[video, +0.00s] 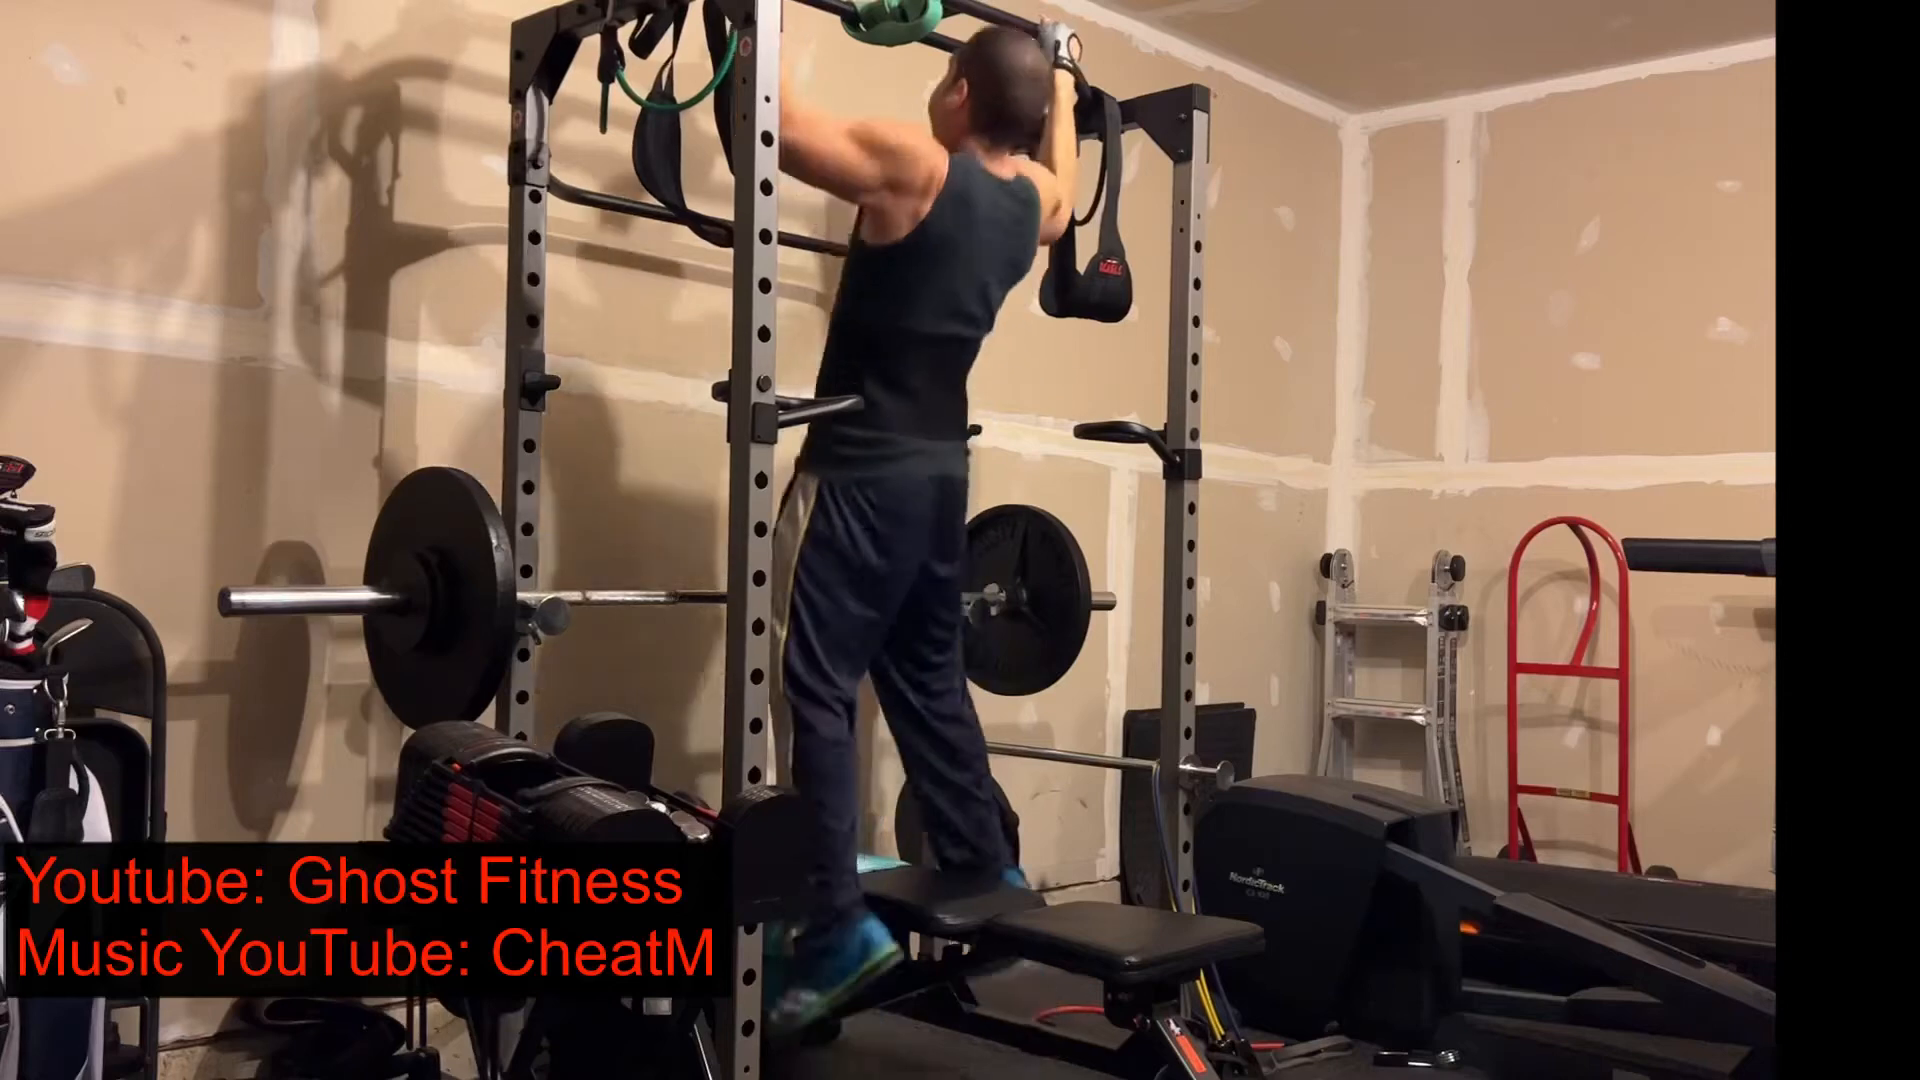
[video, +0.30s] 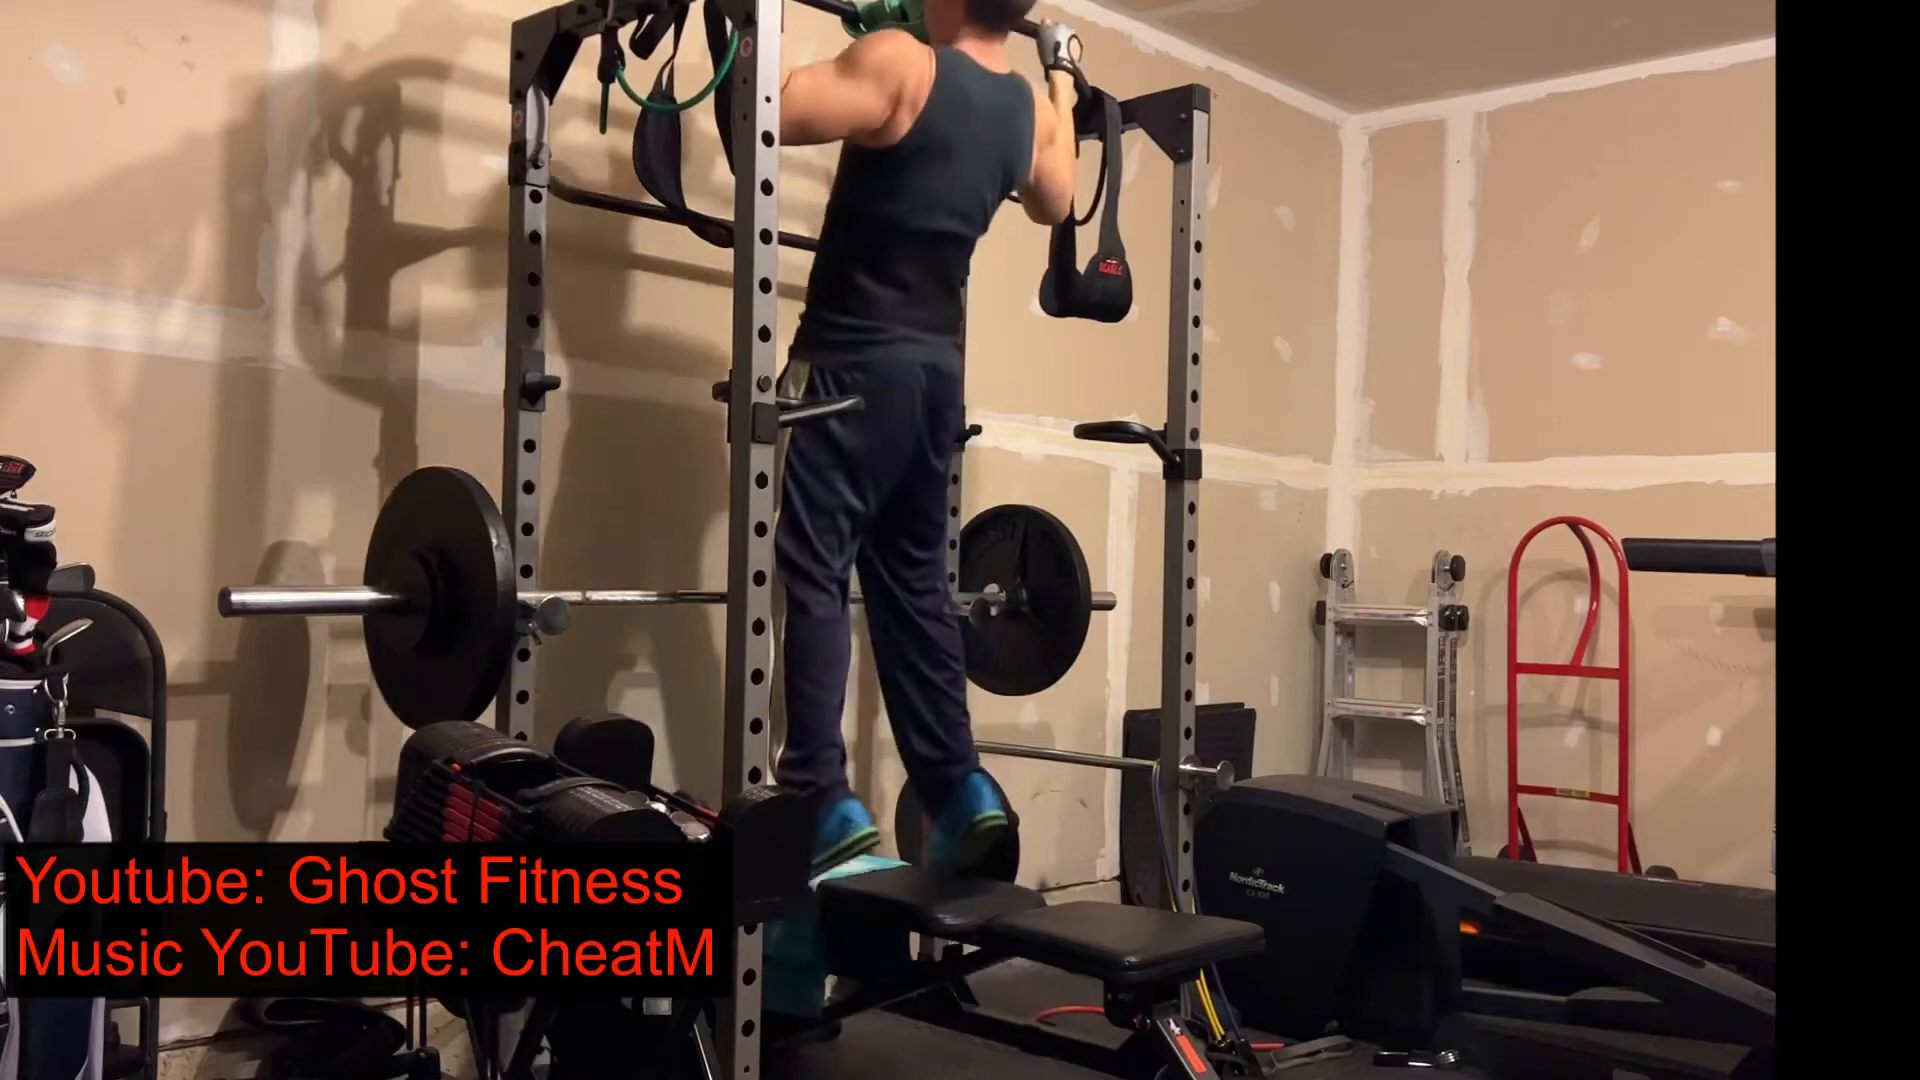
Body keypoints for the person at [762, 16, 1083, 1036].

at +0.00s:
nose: (937, 84)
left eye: (949, 76)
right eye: (948, 72)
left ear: (963, 101)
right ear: (1028, 116)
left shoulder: (911, 159)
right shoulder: (1029, 200)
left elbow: (771, 123)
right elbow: (1060, 188)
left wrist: (755, 24)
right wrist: (1057, 98)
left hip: (865, 471)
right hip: (939, 473)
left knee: (820, 686)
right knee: (928, 681)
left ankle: (839, 918)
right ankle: (983, 877)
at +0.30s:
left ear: (952, 2)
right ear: (1015, 17)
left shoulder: (898, 61)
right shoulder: (1028, 105)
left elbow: (764, 113)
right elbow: (1056, 201)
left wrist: (750, 18)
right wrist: (1057, 91)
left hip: (852, 361)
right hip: (937, 370)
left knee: (811, 578)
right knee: (916, 587)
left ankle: (819, 797)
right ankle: (959, 792)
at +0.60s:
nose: (917, 40)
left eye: (926, 29)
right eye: (927, 29)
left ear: (941, 43)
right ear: (1008, 66)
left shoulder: (889, 121)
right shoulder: (1013, 162)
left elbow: (752, 115)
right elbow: (1050, 195)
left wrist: (742, 26)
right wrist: (1058, 98)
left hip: (834, 409)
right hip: (920, 417)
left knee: (796, 624)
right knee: (905, 629)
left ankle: (820, 843)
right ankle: (963, 828)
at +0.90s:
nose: (903, 147)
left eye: (911, 137)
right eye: (912, 137)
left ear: (930, 146)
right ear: (1000, 167)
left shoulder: (891, 217)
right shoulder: (1011, 255)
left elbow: (770, 135)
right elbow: (1047, 186)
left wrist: (747, 25)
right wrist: (1059, 100)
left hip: (846, 523)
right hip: (924, 527)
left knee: (786, 734)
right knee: (919, 742)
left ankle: (823, 969)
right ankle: (980, 945)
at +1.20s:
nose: (919, 159)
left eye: (928, 148)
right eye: (929, 149)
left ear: (944, 161)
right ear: (1008, 180)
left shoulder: (904, 230)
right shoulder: (1022, 265)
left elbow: (792, 135)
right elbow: (1050, 184)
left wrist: (771, 19)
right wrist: (1060, 97)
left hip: (874, 545)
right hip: (950, 543)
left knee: (821, 766)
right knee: (941, 757)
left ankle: (854, 1002)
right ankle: (1009, 965)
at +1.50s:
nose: (944, 58)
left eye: (953, 43)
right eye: (954, 44)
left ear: (970, 55)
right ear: (1038, 75)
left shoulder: (926, 128)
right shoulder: (1045, 171)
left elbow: (790, 121)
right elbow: (1067, 206)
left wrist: (759, 20)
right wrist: (1052, 116)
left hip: (886, 451)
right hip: (965, 453)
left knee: (837, 663)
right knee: (946, 651)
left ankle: (856, 903)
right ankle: (1002, 848)